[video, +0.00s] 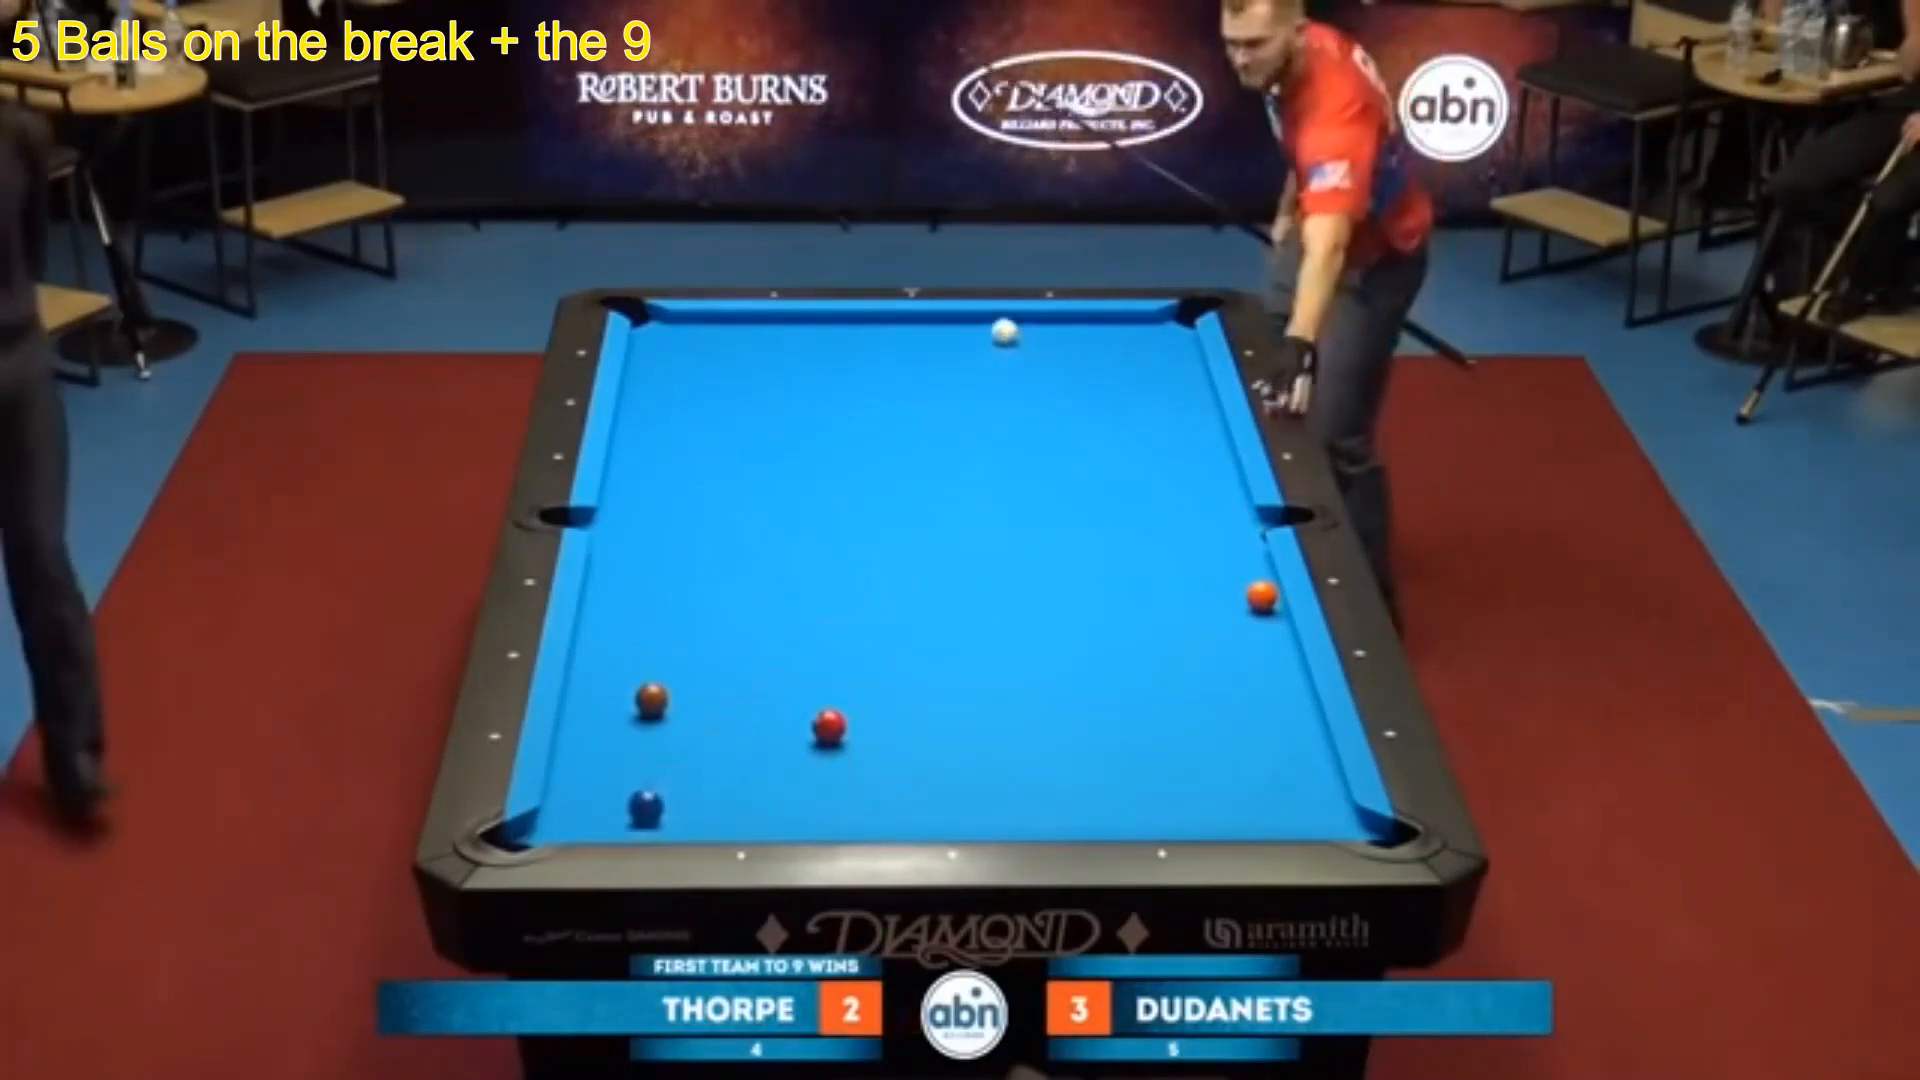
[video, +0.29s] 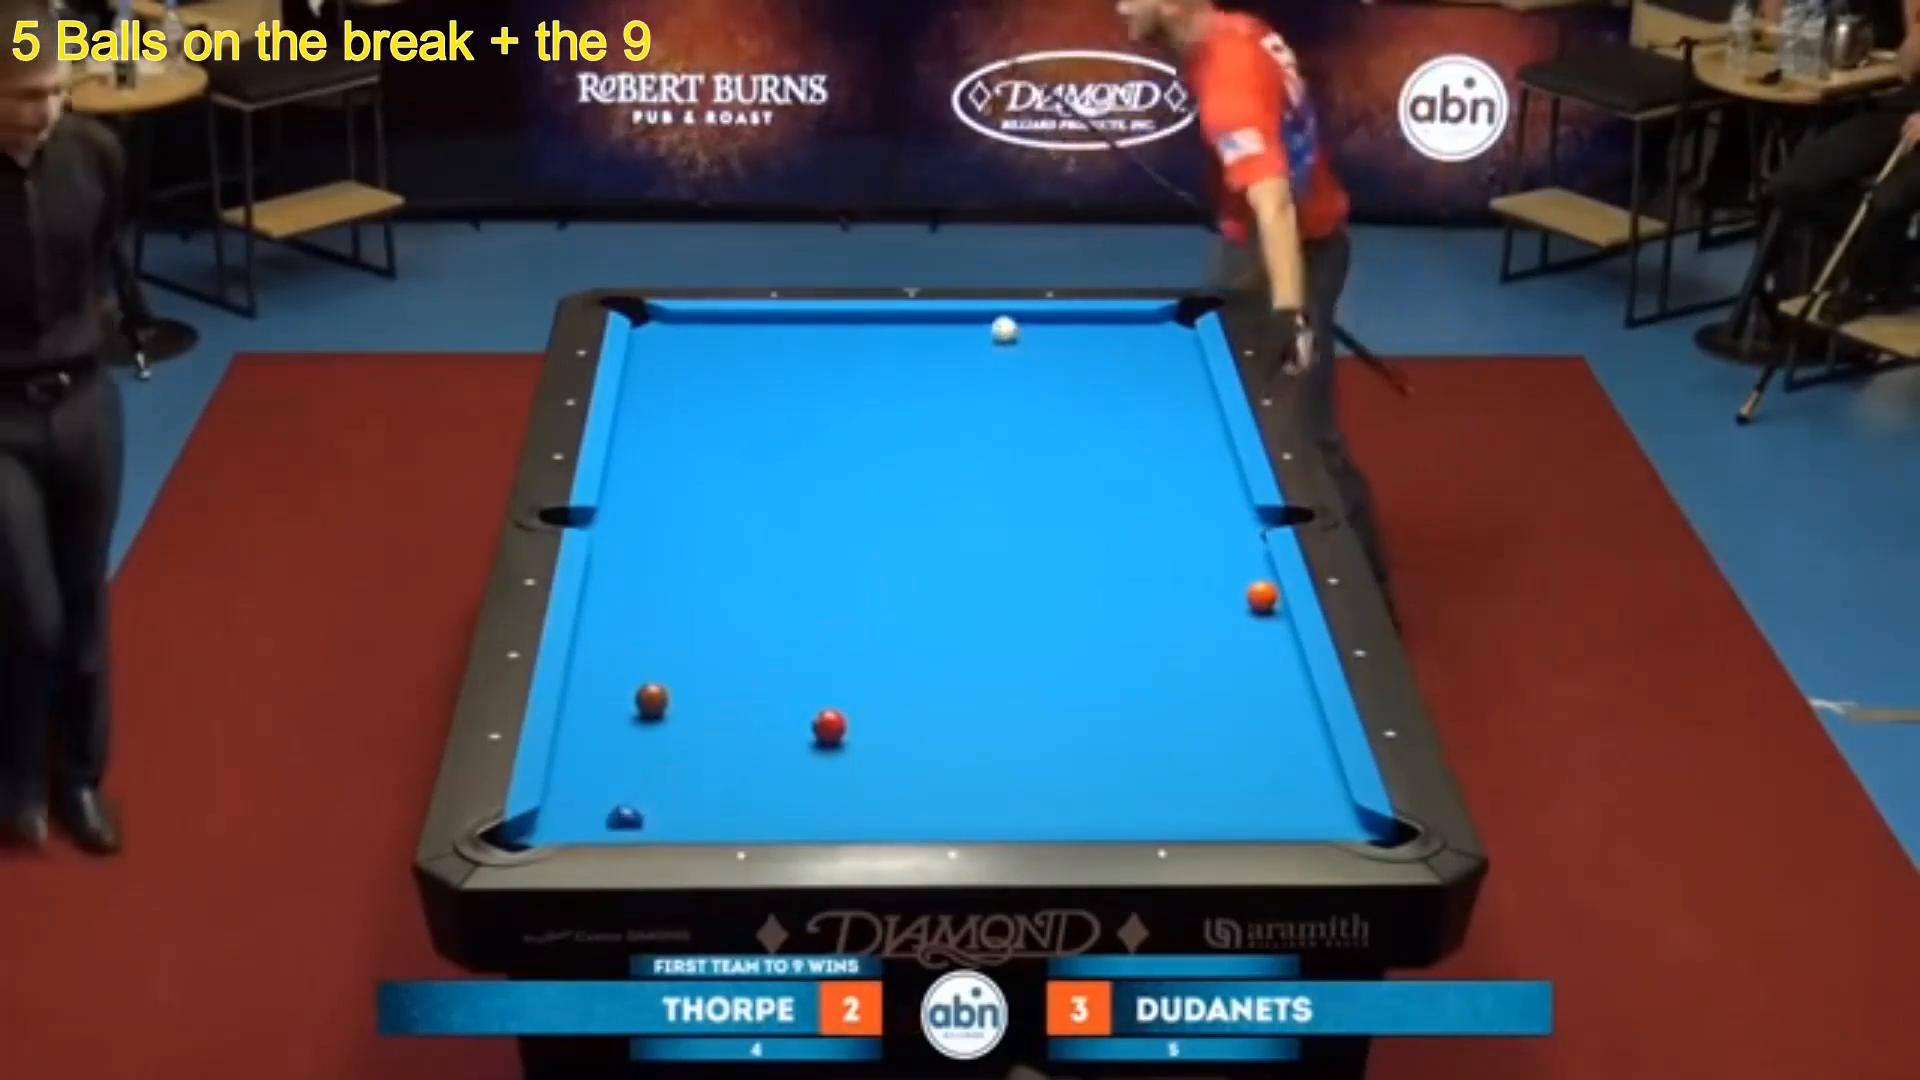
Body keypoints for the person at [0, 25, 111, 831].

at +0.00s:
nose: (18, 44)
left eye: (17, 39)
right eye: (18, 38)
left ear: (11, 54)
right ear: (11, 48)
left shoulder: (24, 135)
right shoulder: (22, 135)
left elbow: (30, 248)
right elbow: (33, 248)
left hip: (16, 349)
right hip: (19, 350)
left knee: (39, 558)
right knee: (40, 559)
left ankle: (77, 760)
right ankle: (77, 762)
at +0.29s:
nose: (39, 112)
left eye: (52, 92)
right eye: (21, 96)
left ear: (67, 82)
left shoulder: (93, 154)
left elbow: (109, 258)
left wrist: (119, 334)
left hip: (82, 400)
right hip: (4, 415)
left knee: (83, 610)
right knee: (34, 619)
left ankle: (82, 779)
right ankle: (20, 787)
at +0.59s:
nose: (97, 185)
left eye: (105, 166)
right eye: (77, 173)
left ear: (115, 151)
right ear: (20, 172)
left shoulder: (150, 220)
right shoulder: (8, 249)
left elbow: (171, 338)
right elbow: (10, 384)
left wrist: (141, 420)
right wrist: (38, 455)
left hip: (150, 481)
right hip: (46, 499)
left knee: (127, 666)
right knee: (103, 711)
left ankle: (76, 759)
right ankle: (144, 930)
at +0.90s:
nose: (211, 228)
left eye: (217, 209)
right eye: (190, 213)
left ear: (223, 194)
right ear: (122, 203)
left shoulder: (243, 273)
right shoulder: (53, 313)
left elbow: (298, 396)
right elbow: (5, 469)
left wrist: (356, 514)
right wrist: (12, 605)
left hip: (227, 546)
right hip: (119, 566)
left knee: (281, 775)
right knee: (140, 784)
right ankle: (160, 967)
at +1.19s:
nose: (376, 333)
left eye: (385, 314)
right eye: (363, 313)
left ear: (389, 300)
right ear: (301, 287)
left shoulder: (367, 389)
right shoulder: (184, 375)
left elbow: (460, 503)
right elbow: (86, 511)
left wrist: (568, 615)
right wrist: (79, 664)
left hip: (289, 640)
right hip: (174, 653)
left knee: (344, 881)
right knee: (203, 872)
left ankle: (383, 1061)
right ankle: (179, 970)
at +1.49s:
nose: (504, 407)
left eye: (514, 390)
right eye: (498, 388)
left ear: (448, 357)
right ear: (439, 353)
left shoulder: (456, 458)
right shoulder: (280, 424)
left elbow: (484, 599)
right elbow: (143, 539)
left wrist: (568, 702)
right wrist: (90, 677)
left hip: (350, 705)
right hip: (232, 715)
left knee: (379, 957)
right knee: (259, 980)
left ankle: (391, 1077)